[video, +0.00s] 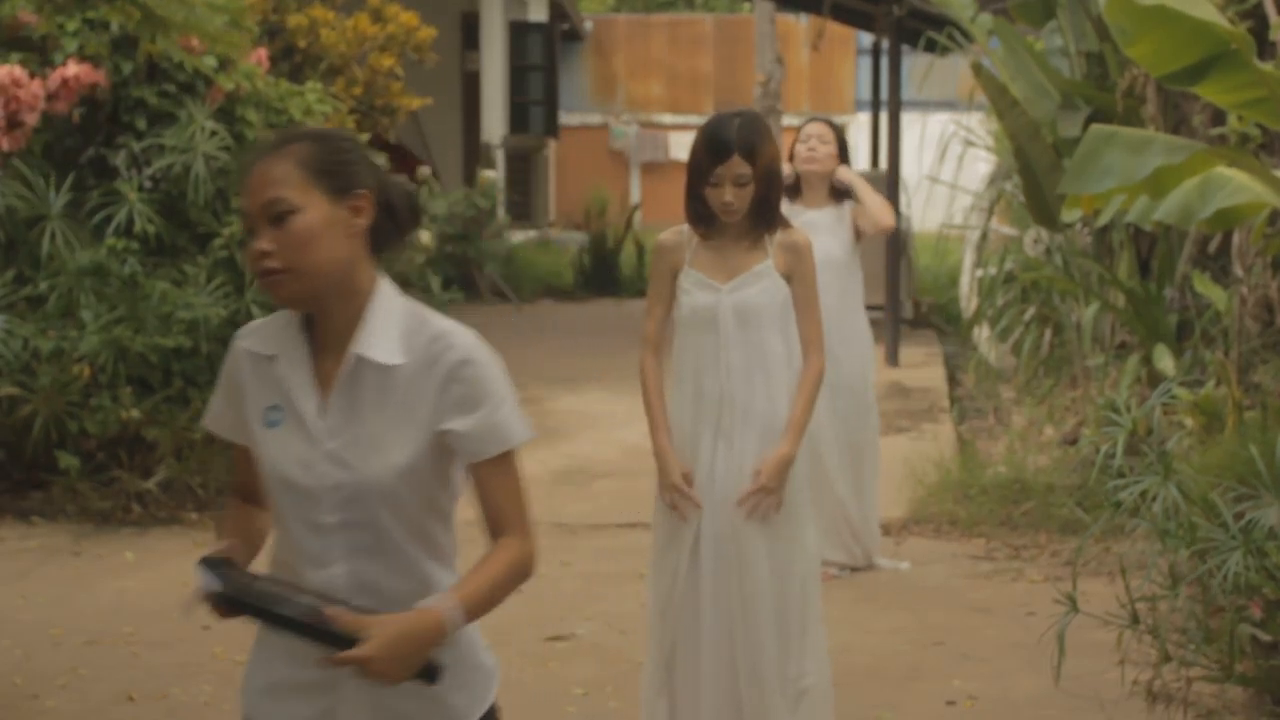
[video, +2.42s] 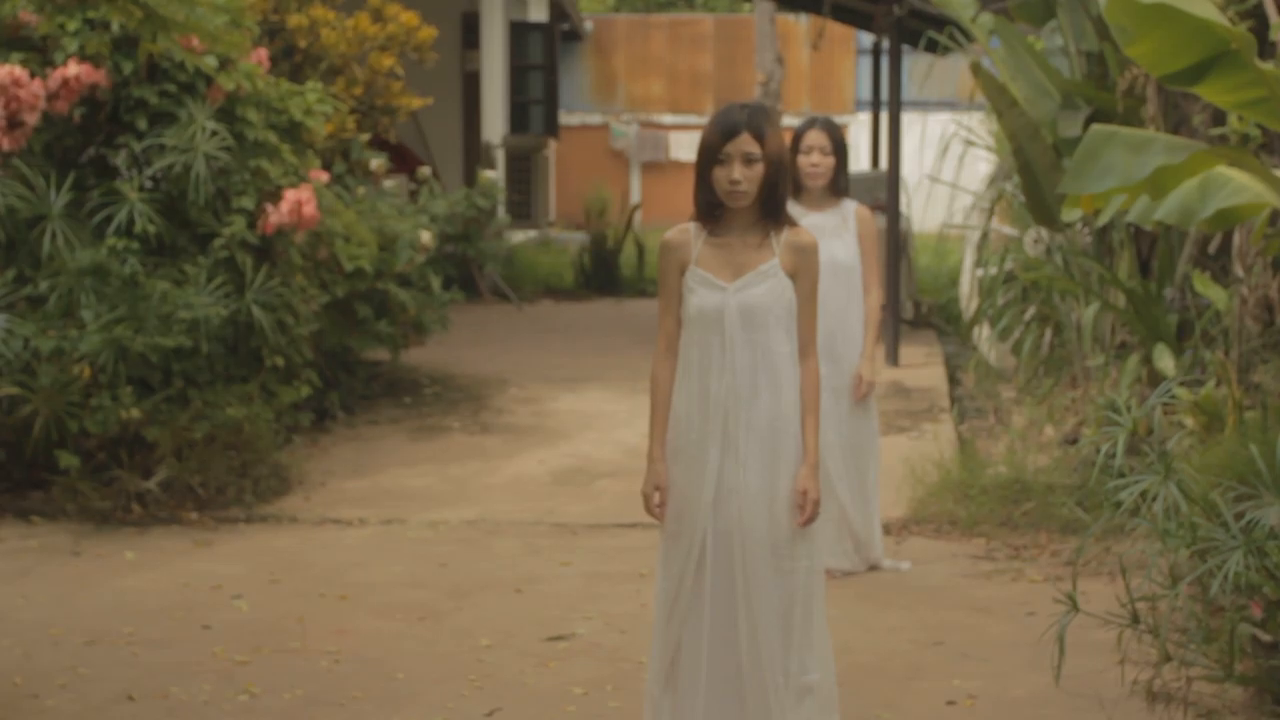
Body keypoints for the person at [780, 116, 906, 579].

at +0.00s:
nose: (811, 148)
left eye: (821, 142)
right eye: (804, 141)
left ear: (839, 159)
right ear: (791, 156)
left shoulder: (848, 209)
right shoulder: (776, 208)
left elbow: (884, 222)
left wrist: (853, 176)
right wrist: (773, 174)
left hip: (845, 334)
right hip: (792, 335)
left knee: (847, 436)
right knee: (798, 435)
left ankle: (851, 543)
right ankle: (805, 545)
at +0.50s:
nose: (816, 155)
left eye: (825, 148)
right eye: (808, 148)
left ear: (841, 159)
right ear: (794, 158)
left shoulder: (858, 216)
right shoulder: (779, 214)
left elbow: (886, 283)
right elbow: (762, 279)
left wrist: (870, 237)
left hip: (847, 335)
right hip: (792, 334)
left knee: (844, 438)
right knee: (796, 437)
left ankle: (845, 544)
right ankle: (801, 546)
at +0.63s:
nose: (814, 163)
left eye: (824, 155)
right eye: (806, 155)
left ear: (840, 162)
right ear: (793, 161)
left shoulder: (862, 218)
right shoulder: (779, 215)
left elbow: (878, 283)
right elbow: (762, 273)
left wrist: (867, 294)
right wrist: (776, 308)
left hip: (846, 339)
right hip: (794, 337)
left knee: (844, 440)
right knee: (798, 438)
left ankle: (845, 544)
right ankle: (802, 546)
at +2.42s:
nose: (815, 162)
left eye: (825, 153)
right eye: (806, 152)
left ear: (838, 160)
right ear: (793, 159)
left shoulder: (858, 217)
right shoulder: (779, 216)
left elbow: (873, 289)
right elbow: (767, 288)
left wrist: (868, 355)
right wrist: (771, 350)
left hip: (845, 353)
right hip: (792, 351)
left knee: (847, 449)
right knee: (796, 444)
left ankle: (849, 546)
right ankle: (800, 545)